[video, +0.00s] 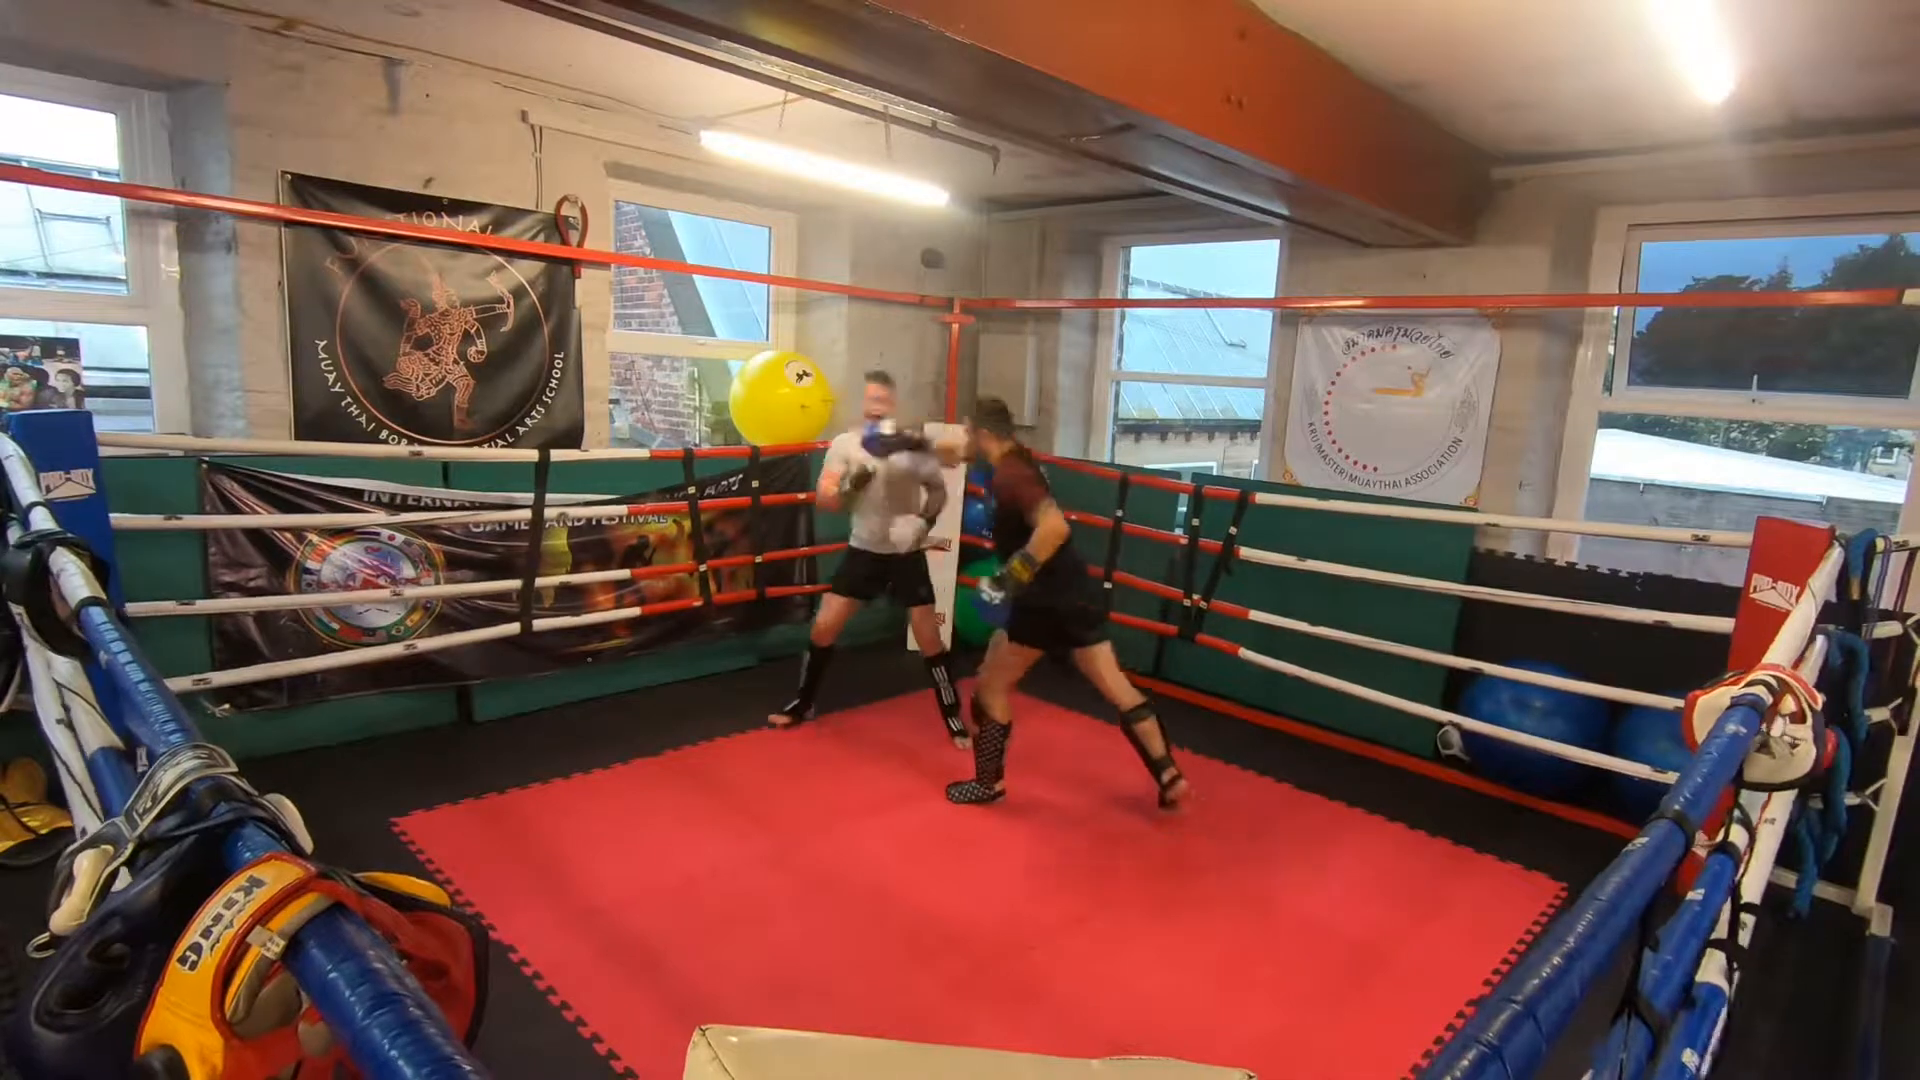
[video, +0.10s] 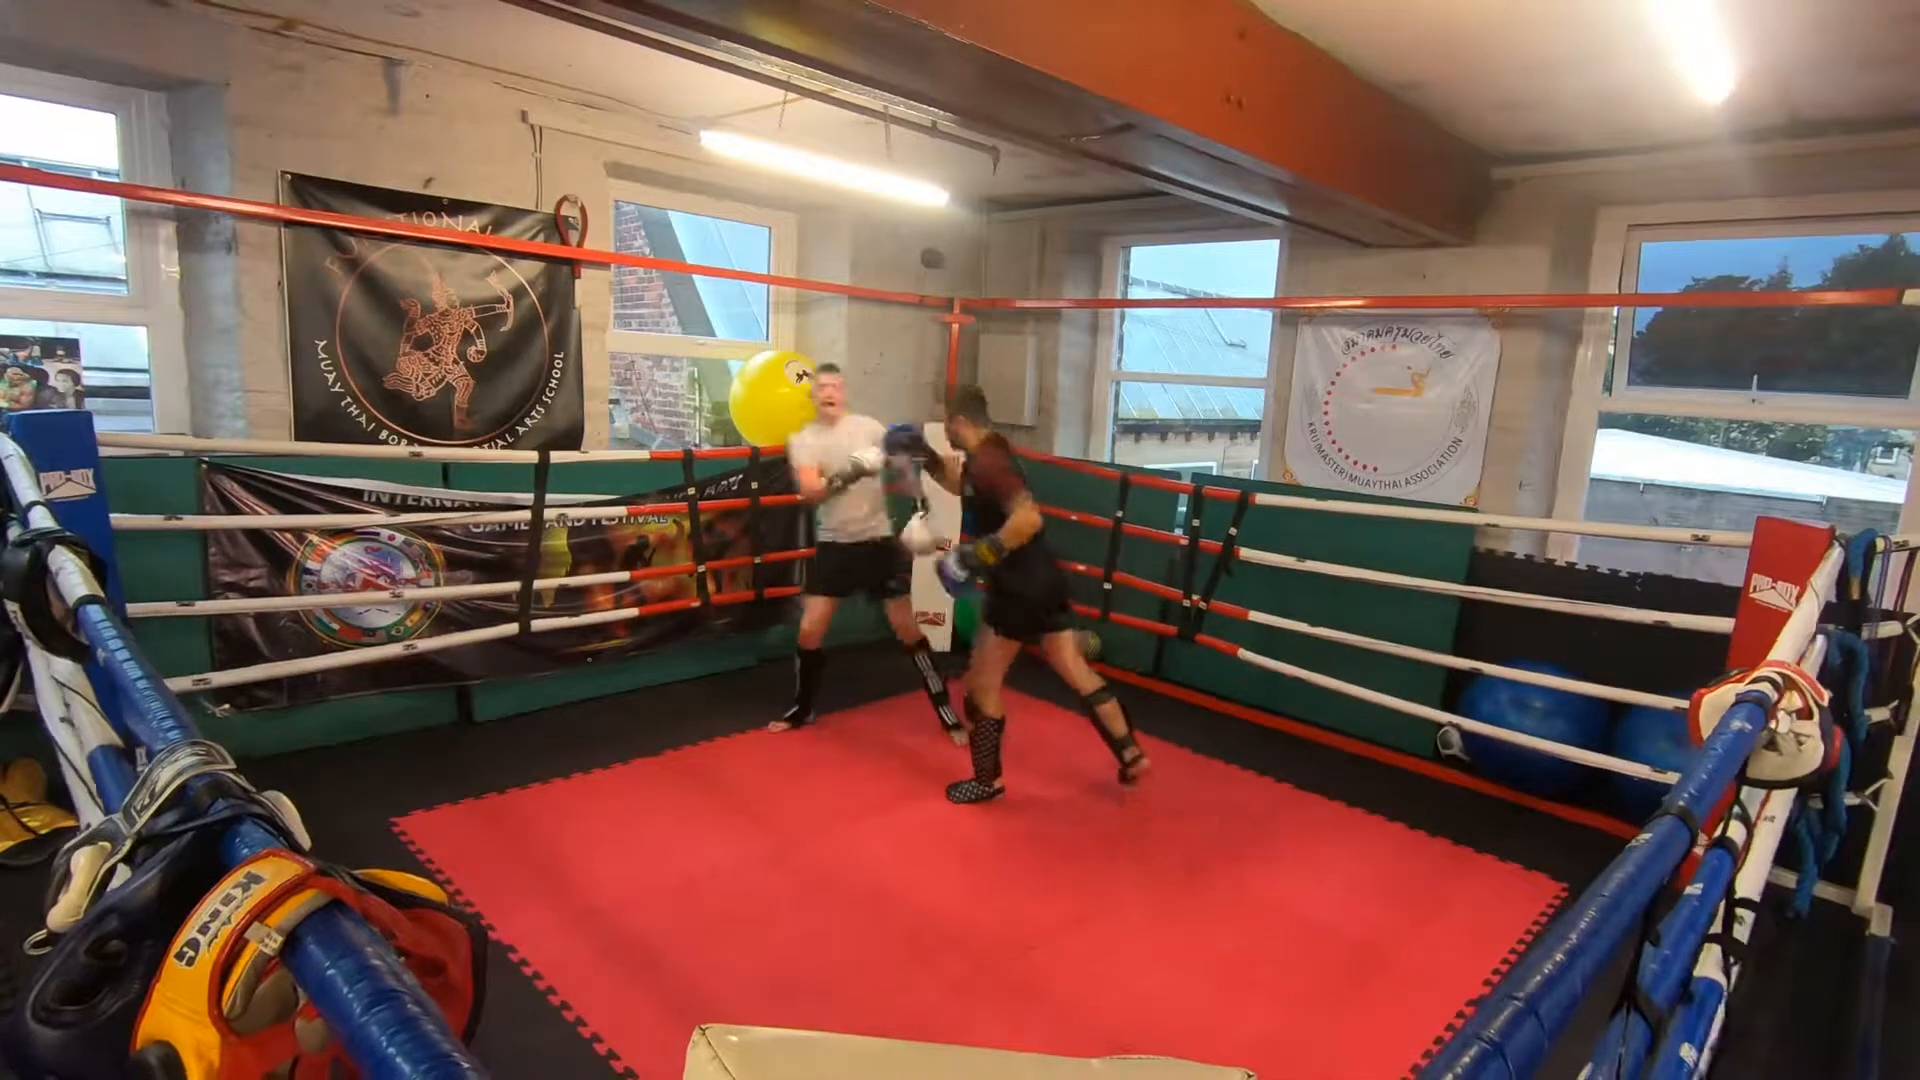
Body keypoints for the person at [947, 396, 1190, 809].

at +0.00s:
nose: (966, 439)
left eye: (969, 432)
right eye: (967, 432)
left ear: (984, 434)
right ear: (1003, 431)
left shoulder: (1011, 472)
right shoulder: (1016, 461)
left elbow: (1054, 526)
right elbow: (962, 449)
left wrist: (1014, 575)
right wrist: (914, 443)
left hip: (1040, 599)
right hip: (1073, 592)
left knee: (992, 685)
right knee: (1114, 682)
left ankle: (987, 781)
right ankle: (1167, 772)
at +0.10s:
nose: (949, 432)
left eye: (950, 425)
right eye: (948, 425)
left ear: (961, 423)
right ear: (980, 421)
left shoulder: (986, 462)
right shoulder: (990, 453)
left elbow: (1027, 519)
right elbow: (957, 481)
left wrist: (978, 555)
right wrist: (922, 454)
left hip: (1017, 586)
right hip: (1043, 579)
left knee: (983, 680)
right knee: (1074, 668)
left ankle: (986, 779)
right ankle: (1130, 753)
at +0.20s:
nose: (926, 421)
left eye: (926, 414)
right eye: (926, 414)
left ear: (937, 412)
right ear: (955, 407)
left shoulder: (968, 451)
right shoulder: (975, 440)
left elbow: (997, 519)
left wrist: (946, 539)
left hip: (991, 579)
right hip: (1011, 572)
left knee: (975, 672)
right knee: (1022, 659)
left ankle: (985, 777)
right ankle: (1068, 732)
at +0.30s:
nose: (912, 422)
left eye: (912, 414)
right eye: (912, 414)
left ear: (923, 408)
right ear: (941, 405)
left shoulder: (952, 451)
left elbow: (958, 524)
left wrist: (906, 529)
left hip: (969, 573)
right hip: (974, 568)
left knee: (969, 676)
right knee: (974, 660)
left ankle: (984, 773)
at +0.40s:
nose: (899, 419)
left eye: (899, 412)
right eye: (900, 412)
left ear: (909, 410)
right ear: (934, 406)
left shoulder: (930, 452)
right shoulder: (960, 440)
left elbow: (922, 526)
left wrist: (869, 518)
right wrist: (914, 440)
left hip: (948, 571)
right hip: (962, 565)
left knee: (961, 667)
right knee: (933, 641)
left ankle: (983, 772)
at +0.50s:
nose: (886, 422)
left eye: (886, 415)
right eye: (886, 415)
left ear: (895, 413)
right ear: (921, 409)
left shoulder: (912, 455)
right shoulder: (945, 446)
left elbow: (896, 526)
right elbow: (930, 504)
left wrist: (857, 514)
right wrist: (898, 448)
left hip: (921, 577)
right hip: (935, 570)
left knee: (940, 669)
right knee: (896, 646)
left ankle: (976, 764)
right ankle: (869, 720)